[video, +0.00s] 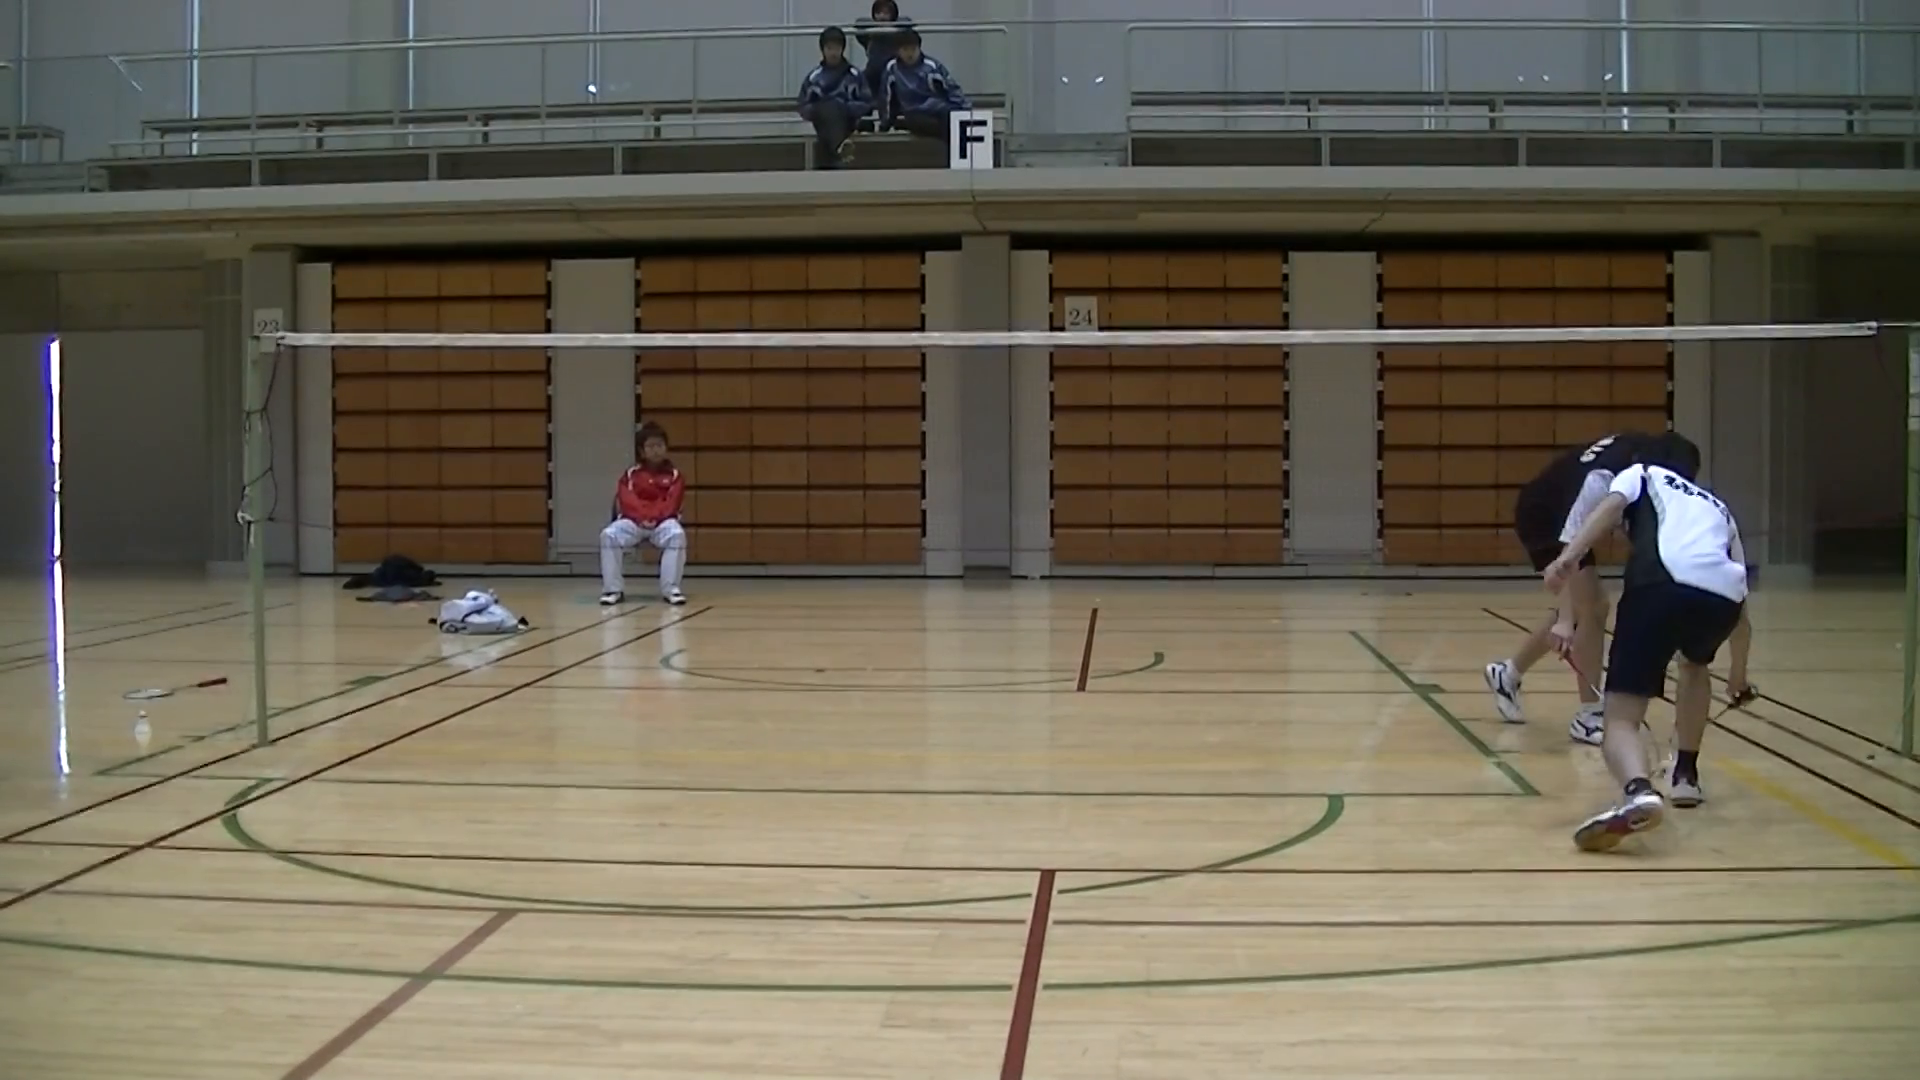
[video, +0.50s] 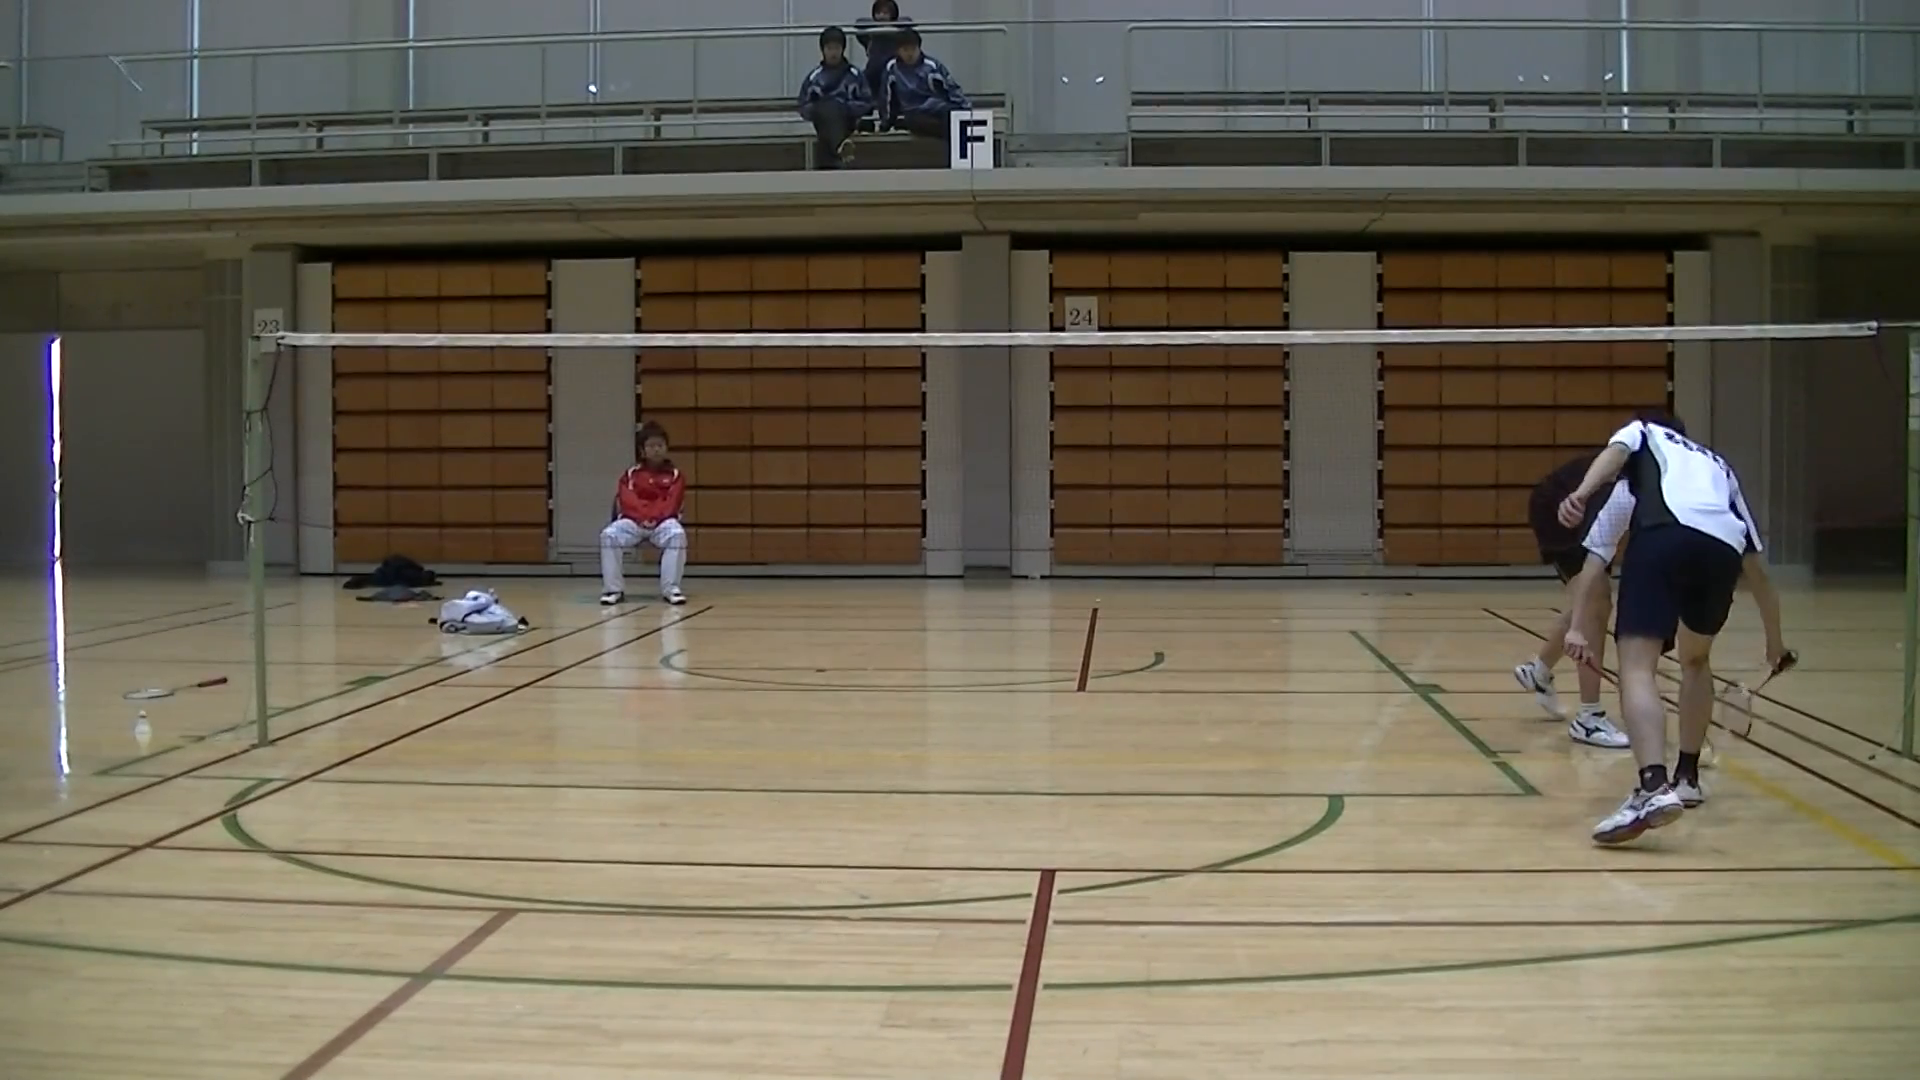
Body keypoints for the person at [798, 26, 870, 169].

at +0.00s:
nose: (833, 52)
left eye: (837, 48)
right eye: (829, 48)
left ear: (843, 49)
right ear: (822, 50)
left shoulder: (855, 75)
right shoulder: (813, 77)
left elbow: (867, 104)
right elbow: (803, 107)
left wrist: (842, 108)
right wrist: (824, 109)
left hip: (849, 120)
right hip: (821, 121)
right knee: (831, 106)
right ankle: (839, 145)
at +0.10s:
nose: (833, 53)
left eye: (837, 48)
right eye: (829, 48)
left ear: (843, 49)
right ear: (822, 50)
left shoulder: (855, 75)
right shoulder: (813, 77)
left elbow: (867, 104)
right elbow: (803, 108)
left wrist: (842, 108)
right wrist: (825, 108)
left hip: (848, 120)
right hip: (821, 120)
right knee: (830, 106)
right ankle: (840, 146)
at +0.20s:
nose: (833, 53)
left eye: (837, 48)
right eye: (829, 48)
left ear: (843, 49)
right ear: (822, 50)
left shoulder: (855, 75)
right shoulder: (814, 77)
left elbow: (866, 104)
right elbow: (804, 108)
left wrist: (842, 108)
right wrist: (824, 108)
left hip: (848, 120)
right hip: (821, 121)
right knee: (830, 106)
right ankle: (841, 146)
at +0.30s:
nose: (833, 53)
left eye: (837, 48)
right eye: (829, 48)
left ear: (843, 49)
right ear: (822, 50)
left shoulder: (855, 75)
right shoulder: (814, 77)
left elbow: (866, 104)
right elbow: (803, 108)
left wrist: (842, 108)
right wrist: (823, 109)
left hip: (848, 120)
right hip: (821, 121)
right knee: (830, 106)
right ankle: (842, 147)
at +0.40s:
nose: (833, 53)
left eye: (837, 48)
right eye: (829, 48)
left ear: (843, 49)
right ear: (822, 51)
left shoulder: (855, 75)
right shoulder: (813, 77)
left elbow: (867, 105)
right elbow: (803, 108)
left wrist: (842, 107)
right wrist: (823, 109)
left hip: (848, 119)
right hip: (820, 120)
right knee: (830, 106)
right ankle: (841, 146)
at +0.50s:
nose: (833, 52)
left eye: (837, 48)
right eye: (829, 48)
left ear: (843, 49)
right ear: (822, 50)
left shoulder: (855, 74)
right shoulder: (813, 76)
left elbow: (867, 103)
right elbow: (804, 107)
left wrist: (843, 108)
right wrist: (823, 109)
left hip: (847, 119)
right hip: (820, 119)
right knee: (830, 106)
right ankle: (840, 145)